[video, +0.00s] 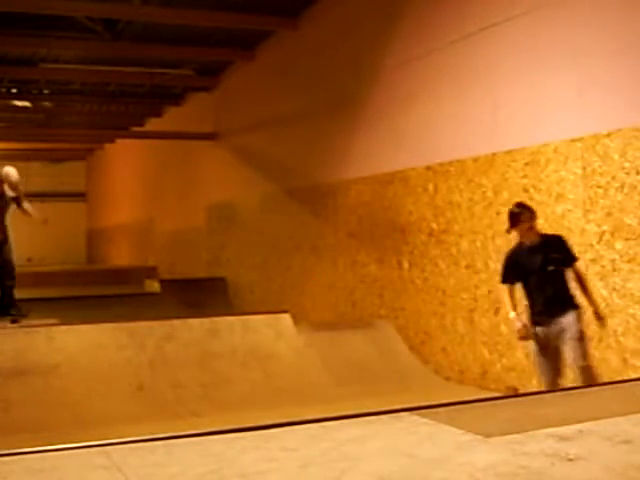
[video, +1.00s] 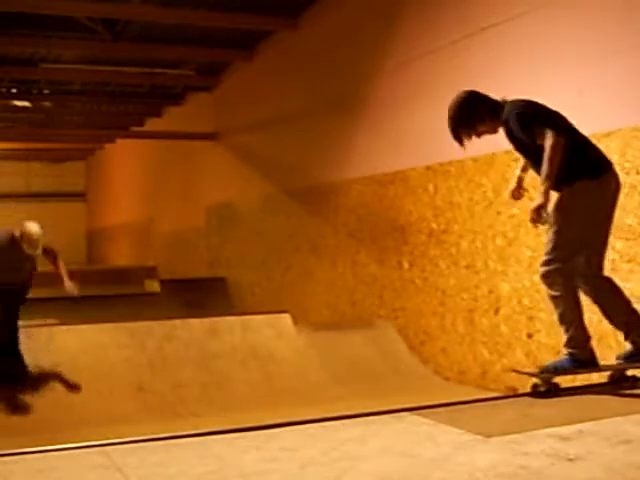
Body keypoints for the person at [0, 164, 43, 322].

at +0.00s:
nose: (17, 186)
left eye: (17, 182)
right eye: (13, 182)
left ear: (17, 181)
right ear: (6, 182)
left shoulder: (11, 193)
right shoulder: (5, 194)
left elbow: (24, 206)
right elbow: (24, 206)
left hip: (4, 233)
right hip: (3, 235)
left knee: (8, 269)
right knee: (7, 270)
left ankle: (10, 306)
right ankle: (9, 306)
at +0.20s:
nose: (14, 190)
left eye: (16, 186)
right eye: (12, 185)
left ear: (17, 182)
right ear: (5, 181)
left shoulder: (13, 193)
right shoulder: (5, 194)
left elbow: (13, 213)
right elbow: (9, 215)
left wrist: (16, 230)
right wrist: (12, 232)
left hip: (5, 234)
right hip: (4, 235)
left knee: (9, 268)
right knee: (8, 268)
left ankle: (9, 304)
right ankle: (8, 304)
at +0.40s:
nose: (11, 179)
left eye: (12, 174)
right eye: (7, 175)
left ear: (14, 173)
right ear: (2, 174)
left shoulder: (13, 184)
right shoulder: (9, 185)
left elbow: (16, 209)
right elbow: (15, 210)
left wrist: (19, 233)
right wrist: (17, 234)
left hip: (7, 236)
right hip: (5, 237)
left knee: (10, 272)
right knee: (8, 272)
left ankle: (9, 304)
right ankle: (7, 304)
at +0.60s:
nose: (5, 173)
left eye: (7, 169)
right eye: (3, 169)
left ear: (11, 167)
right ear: (1, 168)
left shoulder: (14, 180)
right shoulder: (13, 181)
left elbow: (27, 204)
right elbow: (28, 204)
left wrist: (34, 228)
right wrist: (35, 228)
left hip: (8, 237)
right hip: (5, 238)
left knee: (12, 271)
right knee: (10, 272)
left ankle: (10, 303)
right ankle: (8, 303)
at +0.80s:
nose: (25, 204)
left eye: (27, 200)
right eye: (22, 200)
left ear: (29, 195)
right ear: (13, 194)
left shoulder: (28, 204)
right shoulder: (4, 202)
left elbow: (41, 216)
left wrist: (52, 233)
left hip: (10, 254)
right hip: (1, 254)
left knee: (12, 289)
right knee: (9, 289)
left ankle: (13, 325)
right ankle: (11, 325)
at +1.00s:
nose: (33, 251)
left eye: (36, 247)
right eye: (30, 247)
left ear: (39, 239)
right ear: (20, 238)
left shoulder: (35, 244)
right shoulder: (6, 243)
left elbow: (54, 256)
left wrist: (66, 280)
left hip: (15, 299)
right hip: (4, 299)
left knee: (11, 336)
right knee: (6, 337)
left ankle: (17, 373)